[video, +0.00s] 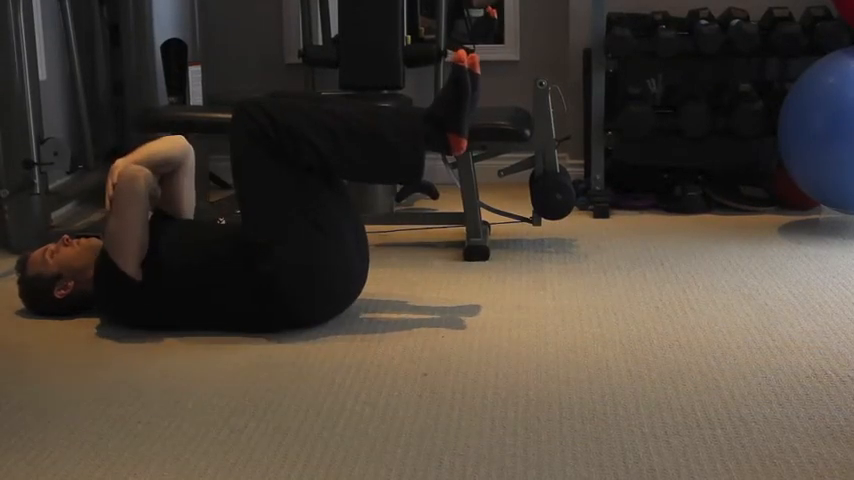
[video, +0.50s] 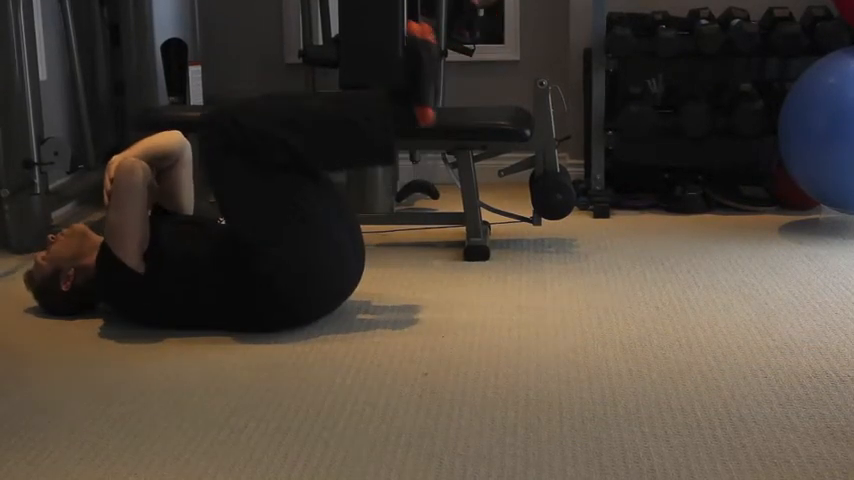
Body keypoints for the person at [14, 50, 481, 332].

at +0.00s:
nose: (67, 237)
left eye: (56, 238)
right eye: (54, 251)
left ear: (75, 238)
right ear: (67, 288)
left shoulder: (151, 253)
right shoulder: (119, 292)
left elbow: (179, 151)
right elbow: (129, 176)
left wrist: (122, 176)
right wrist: (127, 179)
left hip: (320, 265)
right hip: (299, 284)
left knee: (268, 118)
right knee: (259, 121)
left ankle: (428, 127)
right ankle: (430, 135)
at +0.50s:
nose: (57, 236)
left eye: (47, 241)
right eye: (51, 248)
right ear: (72, 278)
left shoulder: (153, 253)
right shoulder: (120, 283)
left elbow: (177, 144)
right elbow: (129, 171)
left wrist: (122, 167)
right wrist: (123, 170)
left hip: (320, 262)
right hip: (297, 276)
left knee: (229, 129)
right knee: (227, 132)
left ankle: (395, 104)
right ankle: (399, 116)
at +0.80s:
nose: (54, 241)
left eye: (46, 246)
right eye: (51, 251)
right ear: (72, 276)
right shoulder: (120, 284)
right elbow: (130, 165)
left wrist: (135, 163)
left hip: (325, 237)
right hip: (293, 256)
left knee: (161, 129)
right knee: (156, 135)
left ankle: (322, 65)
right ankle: (320, 67)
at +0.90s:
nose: (53, 238)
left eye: (45, 245)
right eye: (50, 250)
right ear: (69, 276)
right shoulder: (117, 284)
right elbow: (127, 167)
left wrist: (129, 166)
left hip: (322, 236)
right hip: (291, 257)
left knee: (159, 129)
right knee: (158, 146)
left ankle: (315, 69)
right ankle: (312, 68)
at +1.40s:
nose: (71, 244)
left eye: (64, 245)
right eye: (60, 255)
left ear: (81, 249)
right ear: (66, 291)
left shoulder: (156, 253)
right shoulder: (119, 298)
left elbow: (169, 150)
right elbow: (109, 181)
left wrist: (110, 186)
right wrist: (132, 187)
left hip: (328, 272)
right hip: (306, 290)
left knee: (326, 121)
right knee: (311, 124)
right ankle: (472, 179)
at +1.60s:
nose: (98, 252)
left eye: (91, 251)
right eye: (87, 261)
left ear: (108, 257)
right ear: (94, 295)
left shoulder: (173, 250)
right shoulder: (147, 296)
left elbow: (173, 149)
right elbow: (126, 174)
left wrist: (136, 221)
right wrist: (141, 220)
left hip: (342, 258)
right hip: (335, 289)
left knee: (416, 130)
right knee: (410, 142)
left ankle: (529, 246)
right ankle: (534, 255)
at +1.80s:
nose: (106, 249)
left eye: (99, 247)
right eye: (94, 260)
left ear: (120, 253)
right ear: (104, 294)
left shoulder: (184, 254)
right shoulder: (160, 295)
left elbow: (189, 151)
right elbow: (145, 172)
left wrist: (151, 205)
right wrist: (153, 216)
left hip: (353, 259)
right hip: (342, 289)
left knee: (446, 140)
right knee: (436, 151)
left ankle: (551, 262)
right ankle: (548, 269)